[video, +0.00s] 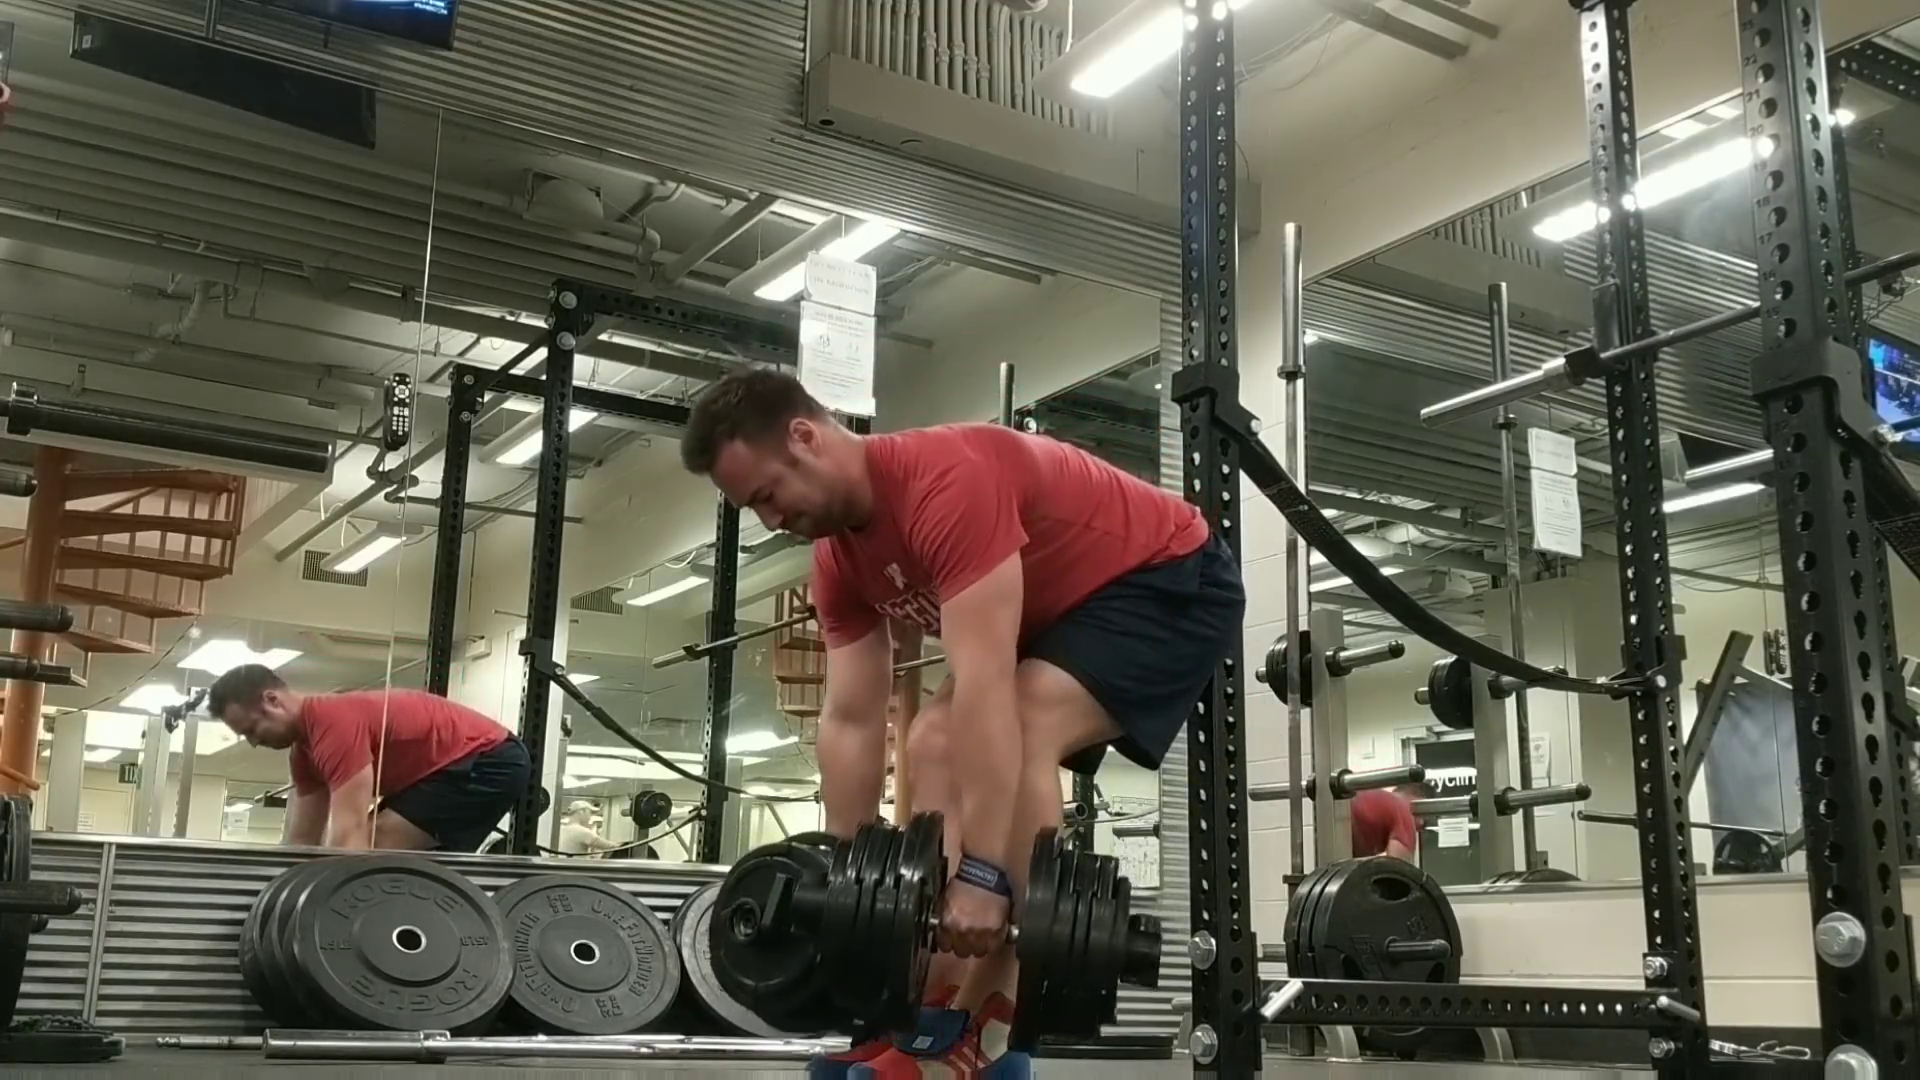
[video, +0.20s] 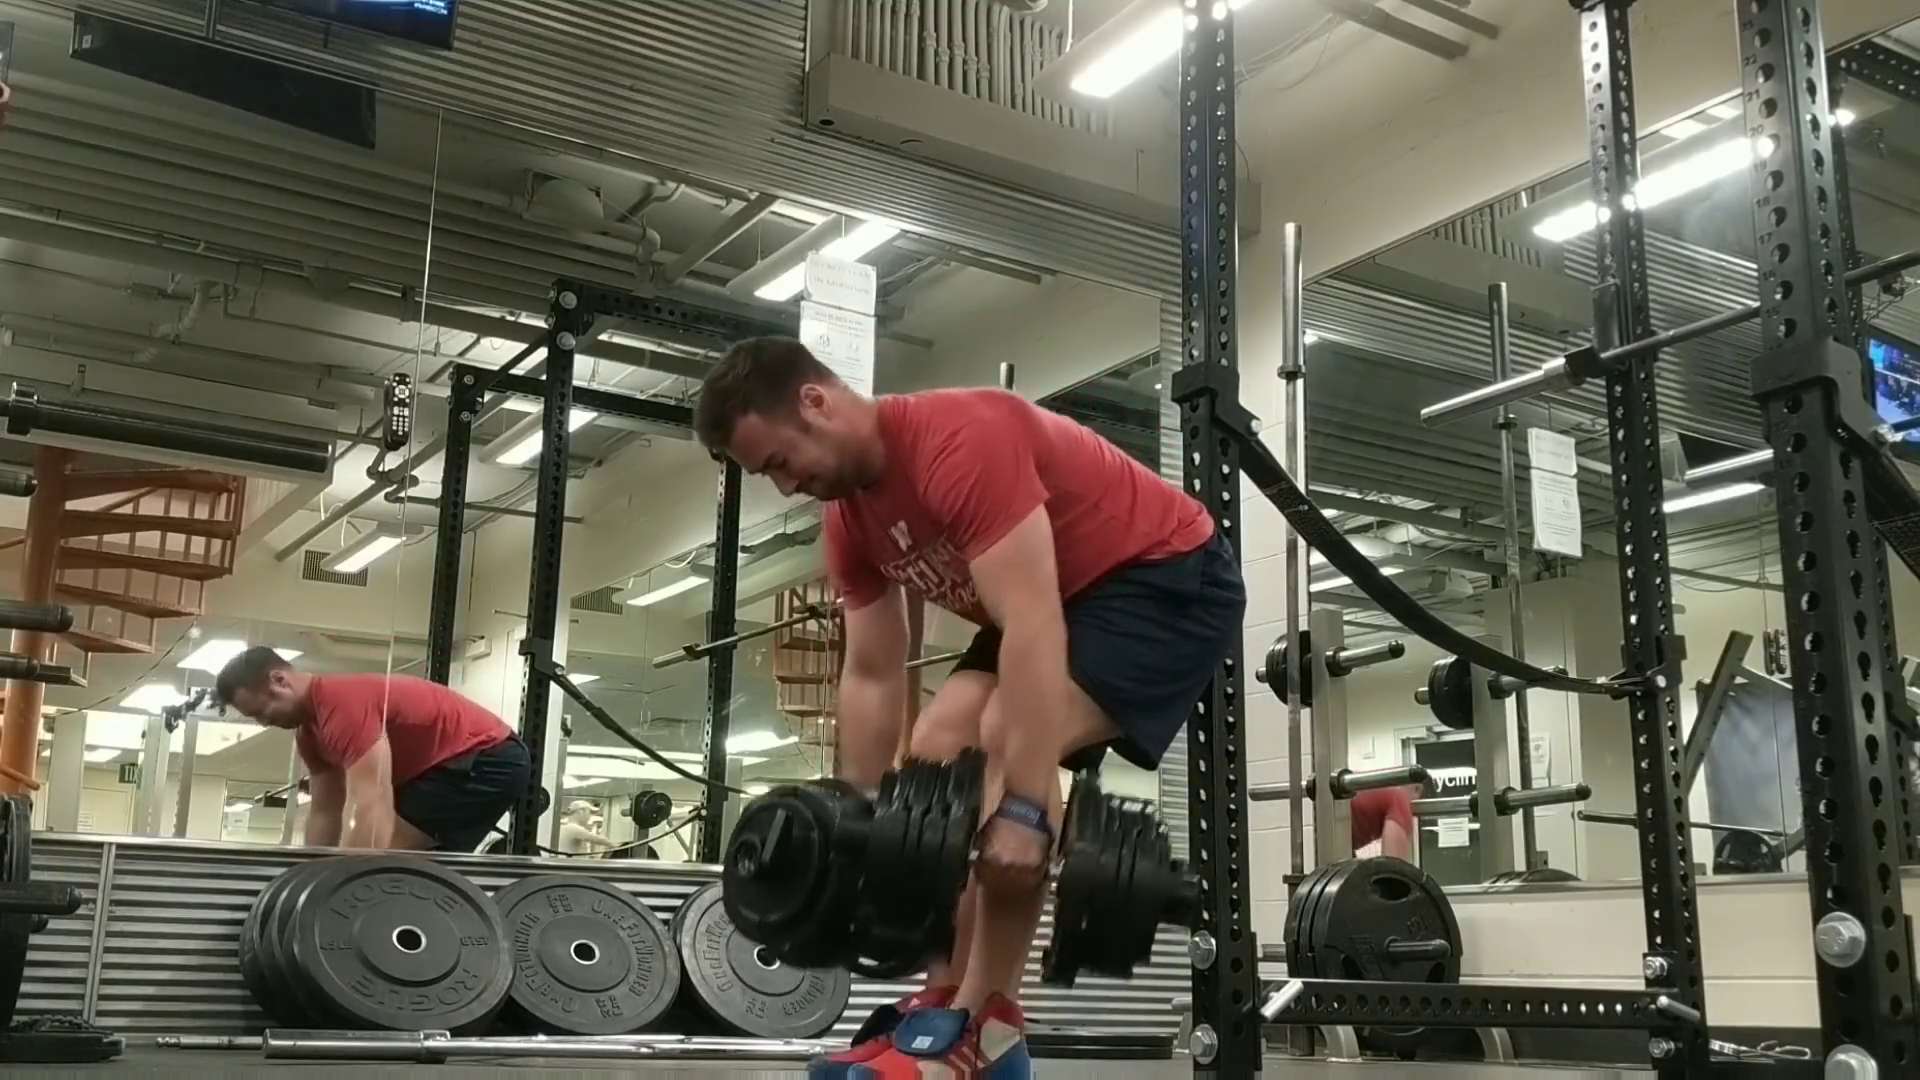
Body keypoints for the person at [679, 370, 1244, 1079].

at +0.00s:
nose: (767, 520)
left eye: (766, 495)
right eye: (751, 509)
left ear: (807, 437)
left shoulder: (953, 482)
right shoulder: (842, 560)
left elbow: (985, 683)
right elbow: (851, 719)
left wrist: (982, 875)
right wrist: (845, 884)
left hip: (1169, 576)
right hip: (1062, 612)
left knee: (1019, 727)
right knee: (935, 740)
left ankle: (988, 1033)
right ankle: (930, 1019)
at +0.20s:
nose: (786, 487)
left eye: (781, 462)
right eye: (769, 476)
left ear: (818, 401)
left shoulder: (965, 441)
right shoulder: (850, 520)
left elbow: (1032, 614)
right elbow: (873, 675)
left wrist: (1026, 806)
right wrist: (852, 833)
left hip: (1168, 576)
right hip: (1061, 601)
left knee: (1013, 730)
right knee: (937, 737)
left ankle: (990, 1020)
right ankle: (946, 997)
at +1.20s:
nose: (818, 466)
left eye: (808, 446)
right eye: (800, 461)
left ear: (832, 381)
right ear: (833, 384)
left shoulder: (986, 392)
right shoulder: (861, 473)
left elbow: (1086, 557)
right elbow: (902, 619)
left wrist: (1093, 736)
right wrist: (891, 770)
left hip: (1167, 570)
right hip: (1043, 594)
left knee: (1030, 754)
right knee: (953, 744)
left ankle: (990, 1019)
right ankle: (943, 1001)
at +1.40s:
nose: (795, 476)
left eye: (788, 452)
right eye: (778, 467)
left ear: (821, 389)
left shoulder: (972, 427)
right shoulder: (853, 508)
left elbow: (1024, 621)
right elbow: (870, 664)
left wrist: (1031, 803)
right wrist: (855, 820)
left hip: (1166, 576)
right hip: (1059, 602)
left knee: (1010, 731)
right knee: (940, 738)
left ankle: (991, 1017)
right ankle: (944, 998)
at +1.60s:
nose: (774, 503)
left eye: (770, 476)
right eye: (756, 491)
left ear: (812, 417)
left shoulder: (956, 467)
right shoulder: (845, 546)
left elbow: (990, 667)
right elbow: (855, 704)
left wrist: (991, 858)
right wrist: (844, 874)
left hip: (1167, 577)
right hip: (1063, 611)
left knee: (1006, 732)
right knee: (939, 738)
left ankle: (990, 1028)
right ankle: (931, 1018)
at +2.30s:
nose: (814, 443)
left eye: (807, 420)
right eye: (797, 435)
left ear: (840, 357)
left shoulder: (985, 387)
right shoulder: (864, 475)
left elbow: (1086, 542)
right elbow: (900, 610)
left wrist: (1085, 719)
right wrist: (888, 754)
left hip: (1162, 567)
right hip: (1039, 592)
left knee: (1025, 761)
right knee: (951, 758)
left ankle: (991, 1017)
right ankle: (942, 1000)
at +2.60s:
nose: (856, 435)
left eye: (845, 417)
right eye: (841, 429)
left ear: (861, 350)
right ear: (857, 357)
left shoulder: (1008, 345)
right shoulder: (883, 434)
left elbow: (1151, 456)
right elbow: (956, 549)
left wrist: (1164, 614)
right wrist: (925, 670)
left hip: (1154, 566)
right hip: (1050, 589)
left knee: (1013, 727)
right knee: (952, 729)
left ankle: (992, 1017)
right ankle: (942, 1003)